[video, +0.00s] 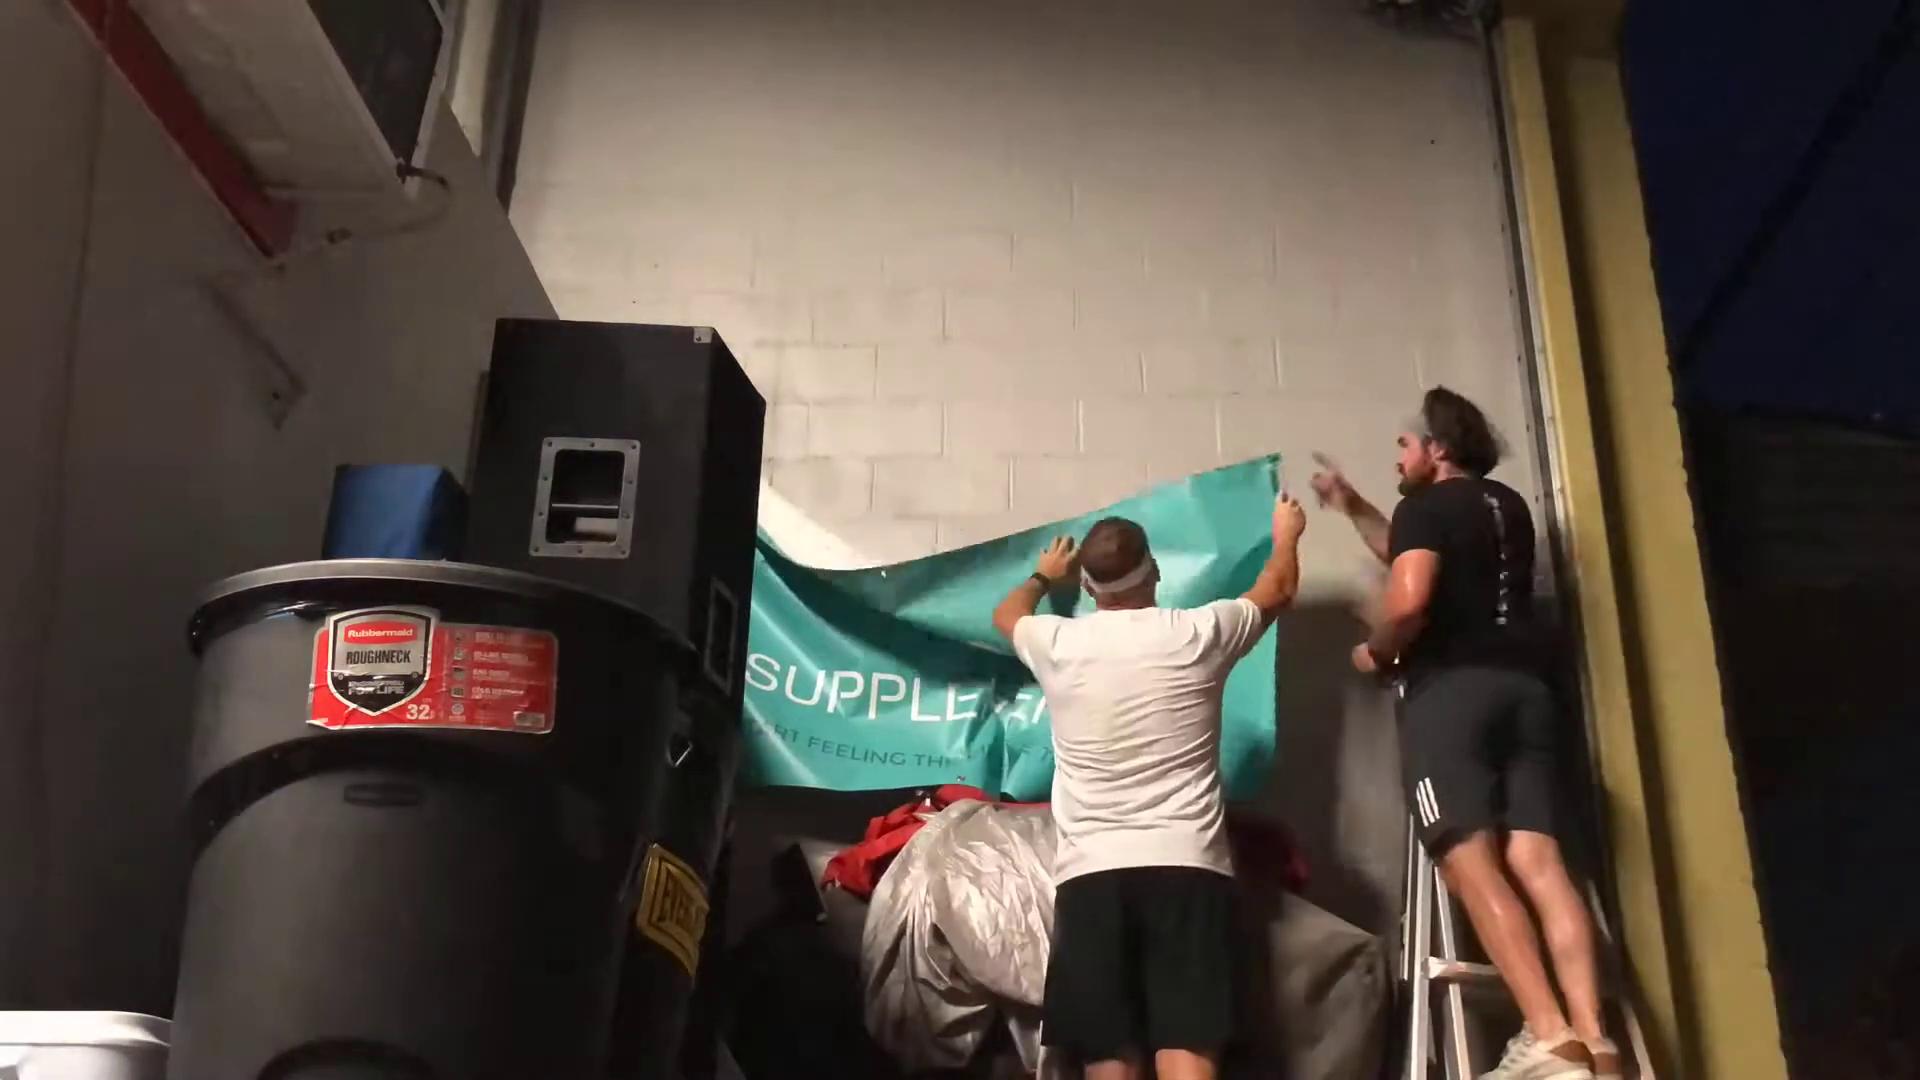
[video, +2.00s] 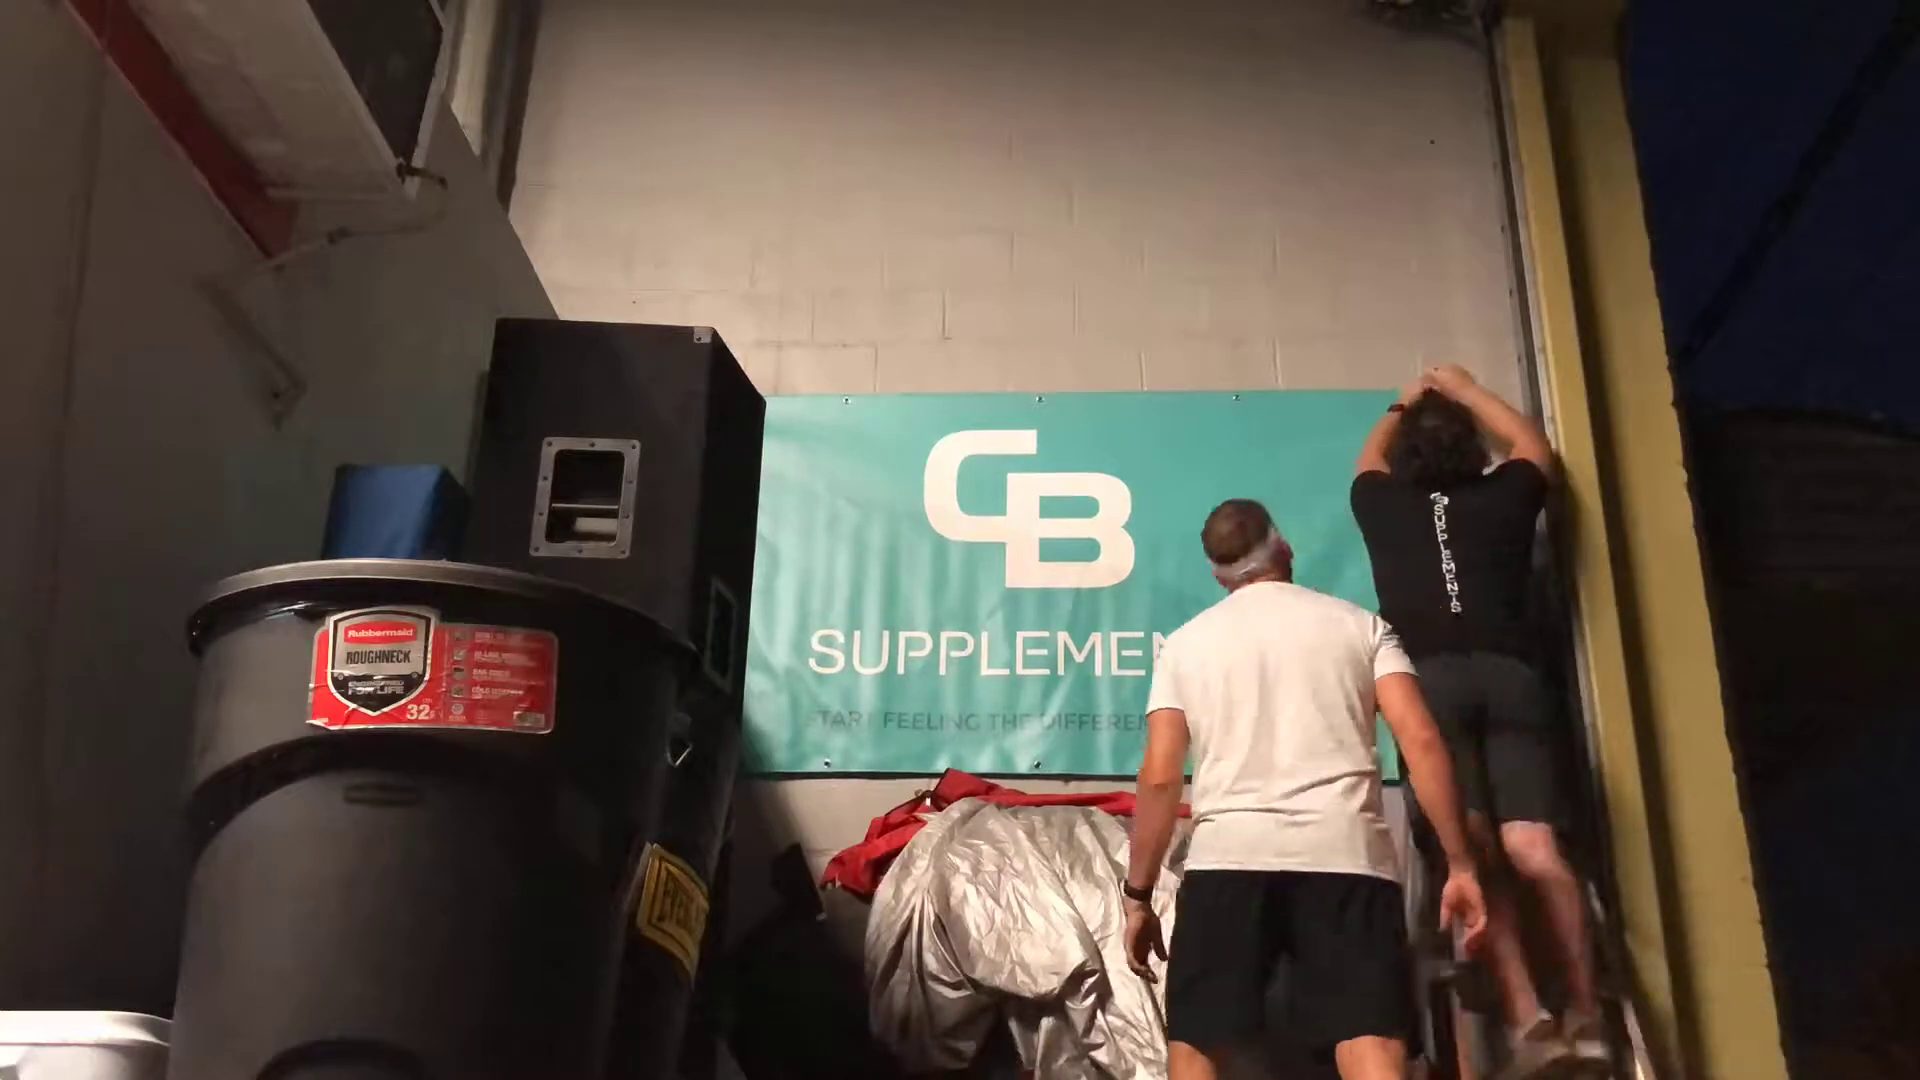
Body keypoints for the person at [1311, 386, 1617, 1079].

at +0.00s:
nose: (1397, 455)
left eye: (1404, 444)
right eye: (1399, 444)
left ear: (1434, 452)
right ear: (1462, 454)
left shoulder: (1426, 507)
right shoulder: (1509, 506)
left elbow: (1408, 603)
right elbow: (1414, 560)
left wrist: (1377, 651)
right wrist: (1354, 507)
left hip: (1451, 689)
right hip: (1525, 685)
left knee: (1475, 872)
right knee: (1540, 861)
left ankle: (1550, 1033)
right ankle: (1593, 1034)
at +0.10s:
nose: (1417, 454)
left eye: (1418, 444)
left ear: (1425, 449)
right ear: (1495, 446)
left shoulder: (1424, 507)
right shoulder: (1525, 505)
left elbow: (1394, 606)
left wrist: (1375, 630)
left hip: (1452, 687)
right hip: (1528, 682)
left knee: (1481, 876)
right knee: (1544, 864)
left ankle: (1548, 1032)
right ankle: (1591, 1032)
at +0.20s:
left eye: (1408, 437)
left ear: (1409, 448)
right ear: (1480, 443)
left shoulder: (1402, 514)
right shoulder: (1525, 506)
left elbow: (1368, 615)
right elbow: (1532, 579)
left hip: (1447, 691)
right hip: (1527, 686)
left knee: (1480, 873)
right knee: (1544, 862)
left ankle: (1548, 1032)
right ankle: (1593, 1032)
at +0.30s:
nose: (1402, 459)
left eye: (1404, 447)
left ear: (1411, 453)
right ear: (1482, 451)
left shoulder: (1399, 512)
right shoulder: (1517, 508)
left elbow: (1330, 592)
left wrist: (1316, 638)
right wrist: (1474, 451)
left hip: (1446, 687)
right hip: (1527, 681)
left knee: (1472, 867)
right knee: (1540, 859)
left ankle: (1548, 1031)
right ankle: (1596, 1038)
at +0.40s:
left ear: (1423, 449)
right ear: (1492, 449)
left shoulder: (1394, 493)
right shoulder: (1522, 500)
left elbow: (1373, 455)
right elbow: (1506, 474)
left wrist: (1402, 411)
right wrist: (1470, 439)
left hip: (1438, 678)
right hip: (1521, 673)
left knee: (1476, 859)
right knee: (1538, 849)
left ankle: (1544, 1027)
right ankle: (1590, 1026)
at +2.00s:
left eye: (1411, 438)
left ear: (1408, 460)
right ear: (1476, 453)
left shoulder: (1384, 506)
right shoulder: (1505, 496)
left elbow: (1374, 456)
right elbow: (1528, 449)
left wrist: (1403, 408)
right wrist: (1468, 392)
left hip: (1429, 681)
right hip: (1511, 673)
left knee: (1473, 858)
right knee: (1534, 846)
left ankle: (1527, 1020)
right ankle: (1586, 1018)